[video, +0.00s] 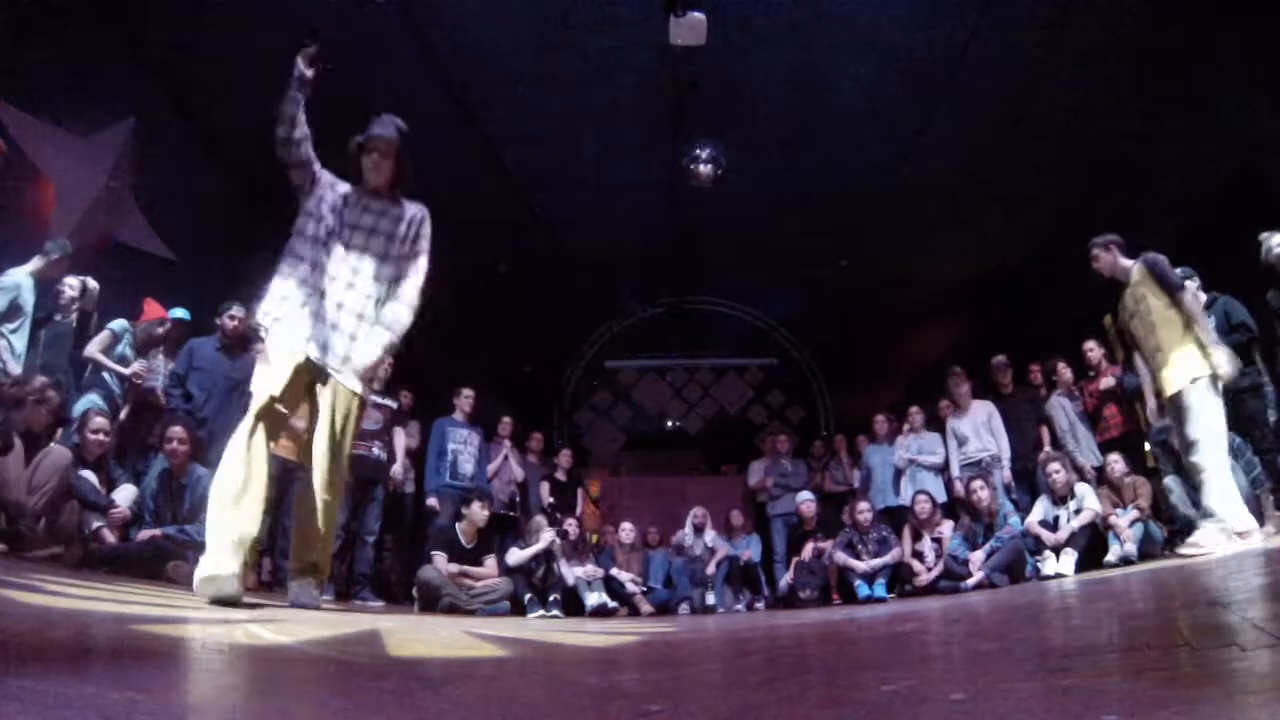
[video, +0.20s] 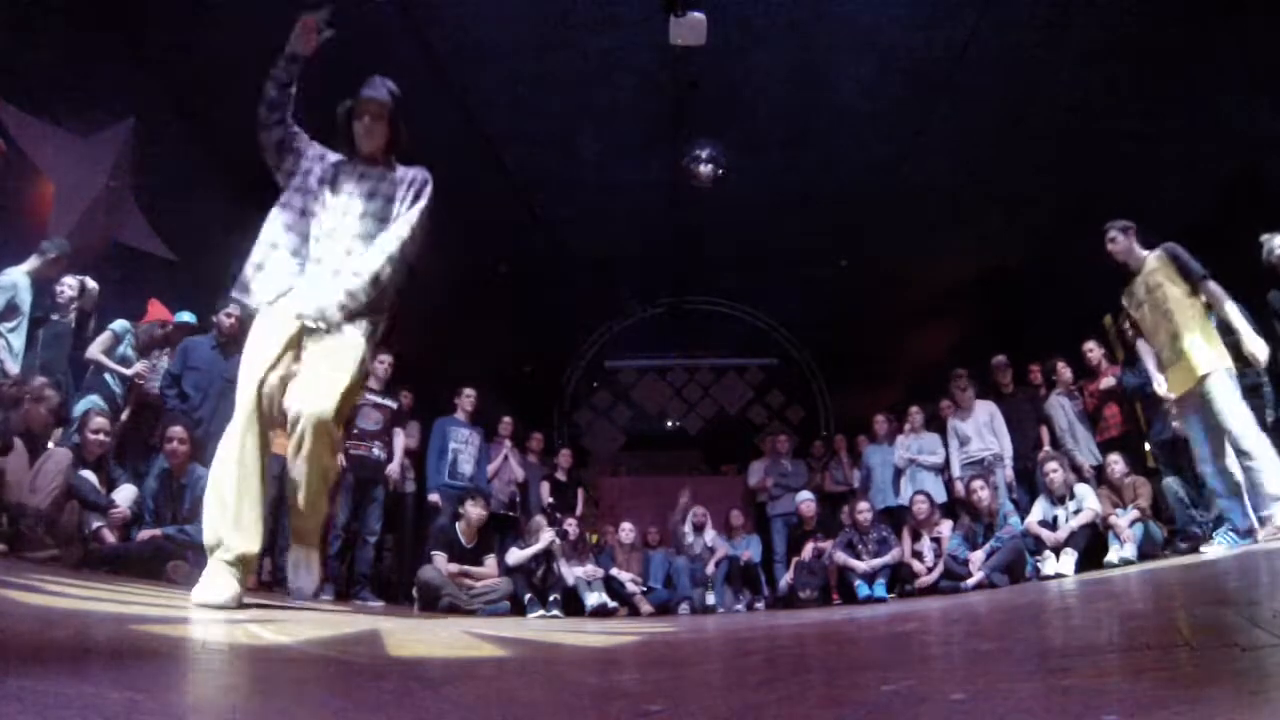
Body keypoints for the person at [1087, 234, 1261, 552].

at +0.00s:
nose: (1096, 267)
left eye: (1096, 258)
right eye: (1093, 262)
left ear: (1112, 251)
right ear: (1105, 259)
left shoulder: (1150, 263)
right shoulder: (1124, 305)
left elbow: (1187, 300)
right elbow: (1139, 354)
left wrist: (1214, 348)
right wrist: (1149, 397)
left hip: (1191, 366)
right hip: (1167, 381)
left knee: (1204, 446)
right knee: (1195, 452)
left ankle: (1216, 524)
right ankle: (1241, 522)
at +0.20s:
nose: (1109, 248)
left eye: (1113, 239)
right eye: (1106, 244)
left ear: (1131, 236)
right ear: (1111, 250)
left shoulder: (1166, 254)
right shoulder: (1128, 296)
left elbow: (1213, 293)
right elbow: (1141, 340)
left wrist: (1246, 334)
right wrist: (1155, 374)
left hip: (1208, 360)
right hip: (1176, 377)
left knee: (1243, 436)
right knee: (1208, 460)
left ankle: (1274, 511)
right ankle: (1239, 525)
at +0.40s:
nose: (1123, 240)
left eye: (1126, 231)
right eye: (1120, 235)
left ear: (1145, 224)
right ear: (1127, 238)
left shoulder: (1189, 245)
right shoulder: (1139, 284)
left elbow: (1228, 288)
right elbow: (1151, 329)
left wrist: (1255, 337)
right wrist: (1165, 363)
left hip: (1229, 355)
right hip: (1191, 373)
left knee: (1269, 435)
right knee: (1212, 456)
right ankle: (1236, 527)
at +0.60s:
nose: (1138, 222)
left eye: (1142, 214)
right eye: (1135, 218)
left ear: (1161, 209)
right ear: (1138, 224)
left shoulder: (1207, 235)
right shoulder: (1150, 271)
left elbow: (1243, 278)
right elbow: (1161, 318)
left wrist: (1253, 326)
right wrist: (1194, 344)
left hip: (1245, 345)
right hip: (1204, 360)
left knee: (1276, 429)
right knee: (1224, 445)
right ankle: (1237, 524)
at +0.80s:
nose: (1150, 208)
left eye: (1155, 200)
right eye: (1146, 205)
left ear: (1174, 199)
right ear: (1147, 215)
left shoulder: (1217, 230)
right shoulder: (1154, 261)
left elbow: (1252, 272)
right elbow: (1170, 310)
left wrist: (1256, 323)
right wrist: (1213, 320)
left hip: (1250, 346)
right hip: (1207, 364)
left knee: (1275, 425)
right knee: (1234, 447)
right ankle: (1254, 522)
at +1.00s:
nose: (1155, 207)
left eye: (1160, 199)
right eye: (1150, 204)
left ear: (1178, 200)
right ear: (1150, 214)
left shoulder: (1218, 232)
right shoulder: (1156, 263)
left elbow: (1252, 277)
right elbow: (1166, 308)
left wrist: (1260, 333)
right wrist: (1184, 333)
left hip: (1248, 346)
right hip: (1205, 360)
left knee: (1276, 427)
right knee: (1228, 440)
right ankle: (1252, 518)